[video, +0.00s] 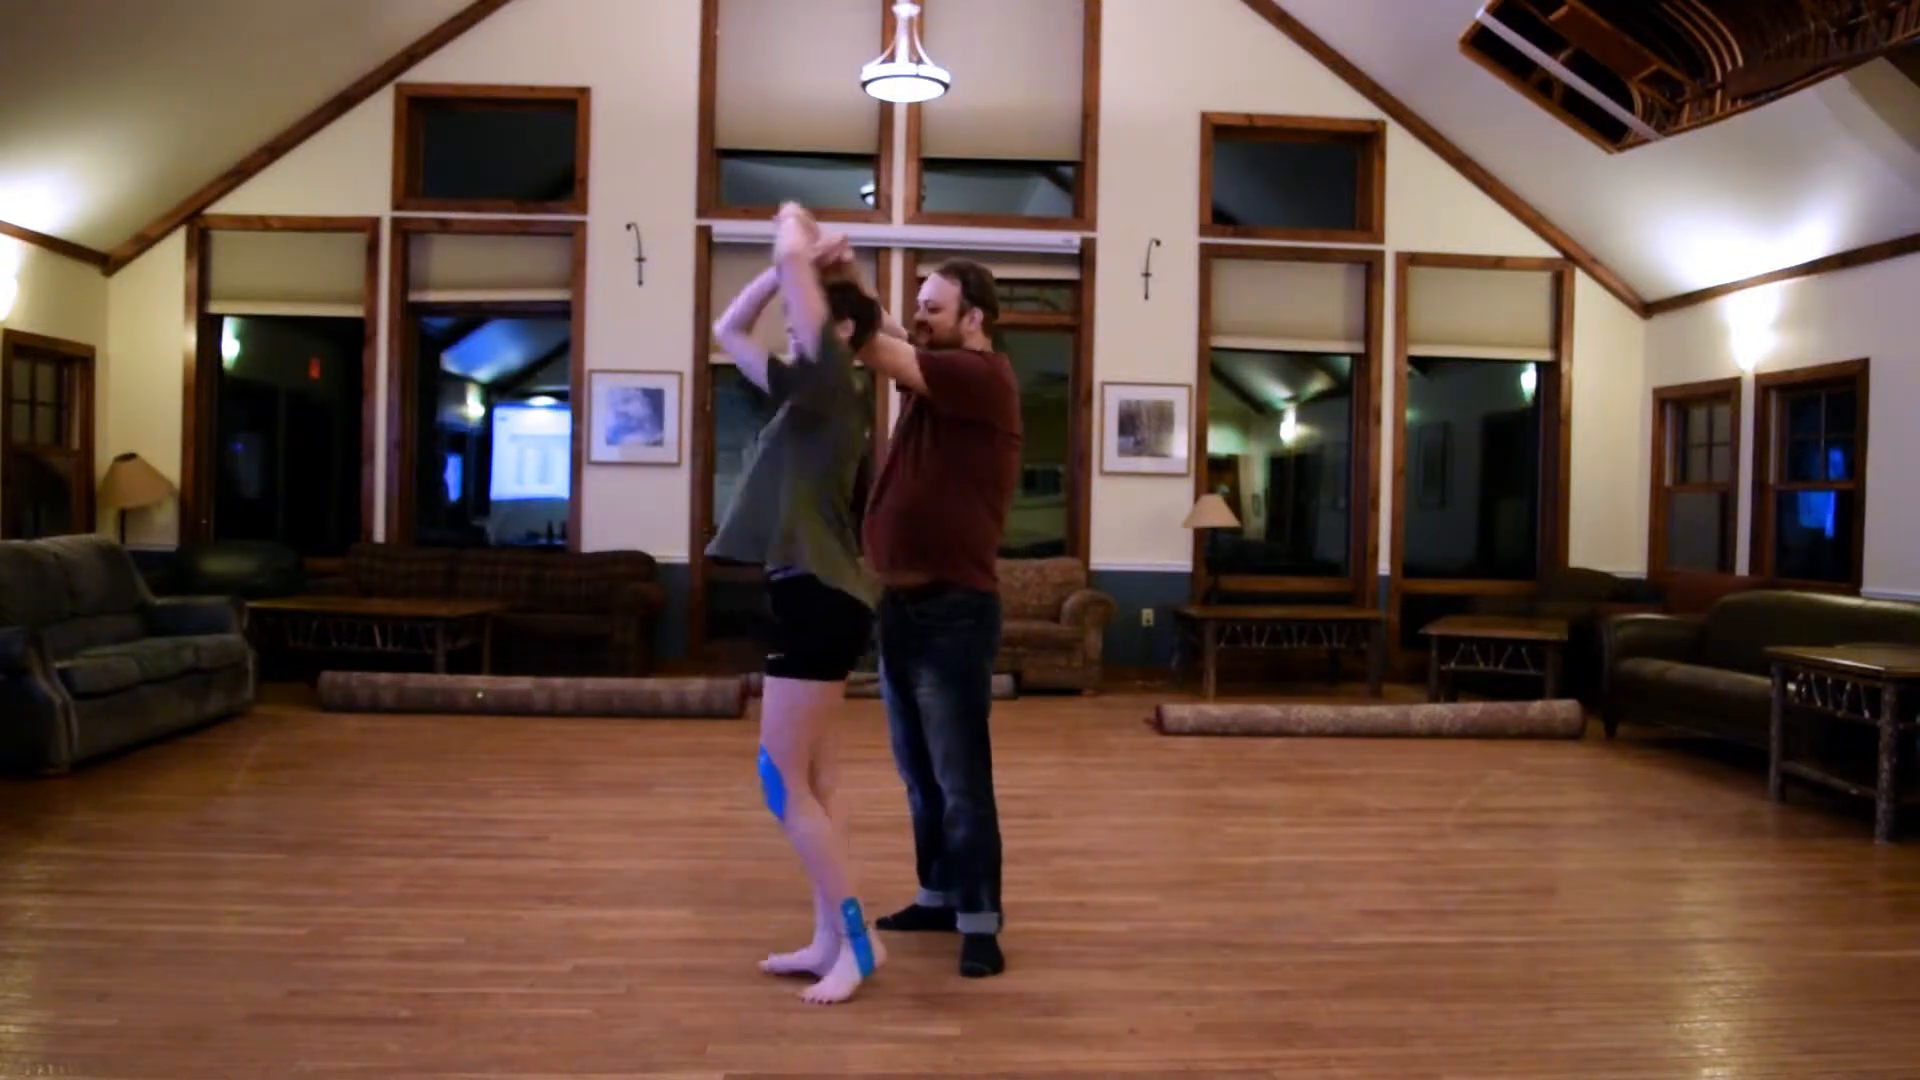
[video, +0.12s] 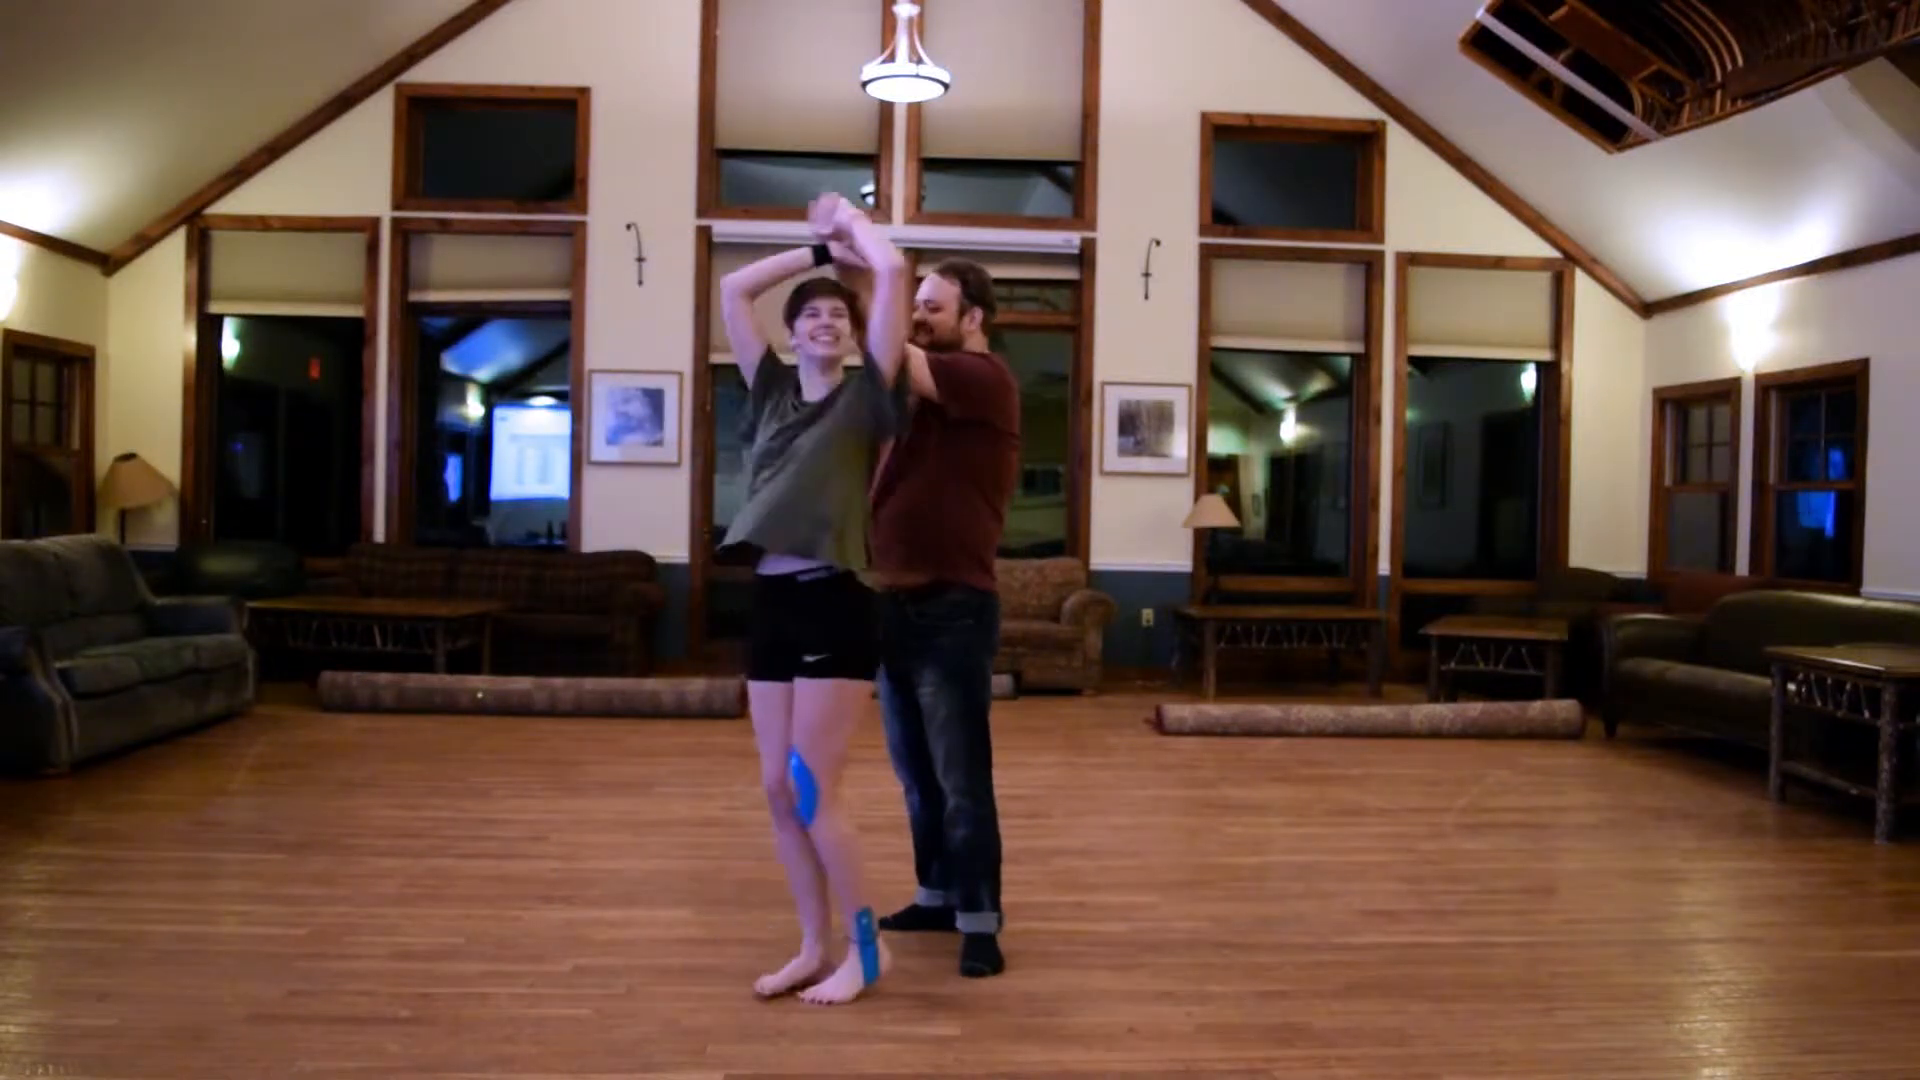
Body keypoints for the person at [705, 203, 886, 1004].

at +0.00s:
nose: (800, 317)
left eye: (811, 305)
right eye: (804, 306)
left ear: (837, 317)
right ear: (844, 324)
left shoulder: (833, 383)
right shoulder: (803, 392)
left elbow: (792, 261)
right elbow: (730, 334)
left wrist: (800, 242)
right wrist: (781, 267)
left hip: (817, 595)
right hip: (809, 593)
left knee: (784, 783)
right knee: (810, 777)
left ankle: (852, 945)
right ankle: (827, 937)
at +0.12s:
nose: (823, 324)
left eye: (836, 317)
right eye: (811, 316)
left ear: (855, 330)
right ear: (791, 331)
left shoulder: (869, 393)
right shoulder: (773, 391)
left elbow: (893, 273)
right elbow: (735, 290)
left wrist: (849, 225)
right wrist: (815, 247)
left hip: (837, 599)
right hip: (771, 596)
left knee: (813, 791)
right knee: (780, 791)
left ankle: (858, 951)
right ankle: (818, 947)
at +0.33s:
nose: (865, 330)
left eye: (868, 320)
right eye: (851, 317)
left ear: (858, 333)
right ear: (809, 324)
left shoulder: (867, 393)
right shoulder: (771, 393)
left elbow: (949, 348)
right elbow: (816, 327)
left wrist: (906, 280)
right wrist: (859, 275)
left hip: (863, 598)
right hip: (785, 599)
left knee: (846, 786)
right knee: (795, 795)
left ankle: (839, 950)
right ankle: (770, 982)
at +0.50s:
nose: (853, 335)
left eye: (853, 326)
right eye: (850, 324)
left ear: (786, 332)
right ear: (834, 326)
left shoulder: (810, 394)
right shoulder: (804, 396)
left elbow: (881, 388)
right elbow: (926, 394)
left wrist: (876, 304)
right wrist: (904, 317)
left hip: (845, 609)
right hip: (805, 613)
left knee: (852, 790)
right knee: (809, 797)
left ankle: (796, 954)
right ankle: (774, 986)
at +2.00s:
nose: (913, 349)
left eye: (911, 336)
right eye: (907, 336)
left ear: (860, 347)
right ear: (876, 344)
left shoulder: (843, 409)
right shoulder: (858, 416)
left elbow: (955, 443)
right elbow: (969, 447)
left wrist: (972, 371)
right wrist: (998, 352)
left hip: (858, 623)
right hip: (840, 628)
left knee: (887, 778)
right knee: (862, 804)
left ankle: (846, 940)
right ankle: (784, 974)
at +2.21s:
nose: (951, 349)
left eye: (950, 337)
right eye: (944, 337)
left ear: (902, 344)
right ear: (909, 342)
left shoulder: (877, 406)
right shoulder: (889, 411)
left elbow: (998, 439)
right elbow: (983, 453)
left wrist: (1016, 363)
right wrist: (1012, 384)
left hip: (861, 615)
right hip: (872, 620)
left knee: (881, 785)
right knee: (945, 775)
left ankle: (846, 933)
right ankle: (877, 935)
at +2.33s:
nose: (979, 349)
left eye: (977, 337)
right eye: (971, 337)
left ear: (926, 345)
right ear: (938, 344)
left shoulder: (903, 407)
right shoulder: (915, 414)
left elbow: (1017, 439)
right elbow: (1012, 453)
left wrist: (1040, 353)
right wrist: (1036, 386)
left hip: (890, 615)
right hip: (897, 622)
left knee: (891, 782)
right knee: (967, 775)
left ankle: (847, 935)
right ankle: (979, 953)